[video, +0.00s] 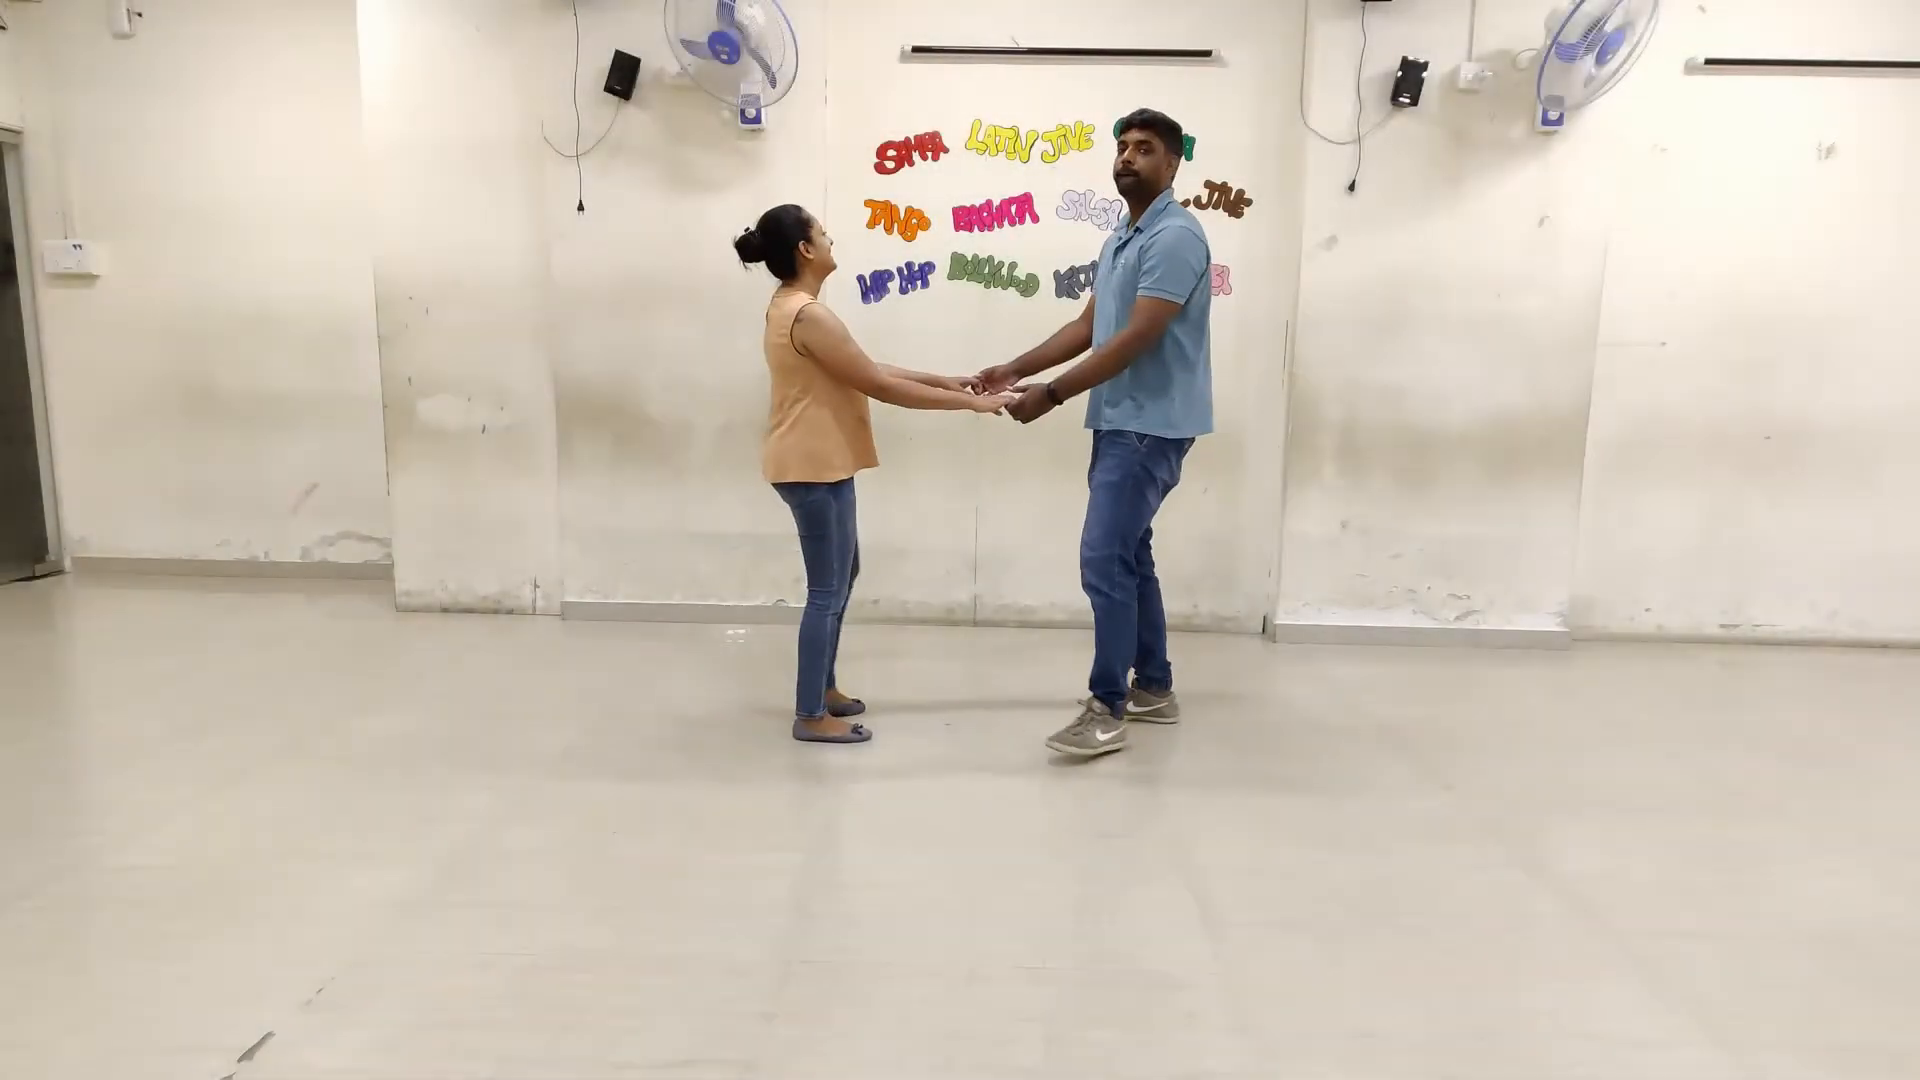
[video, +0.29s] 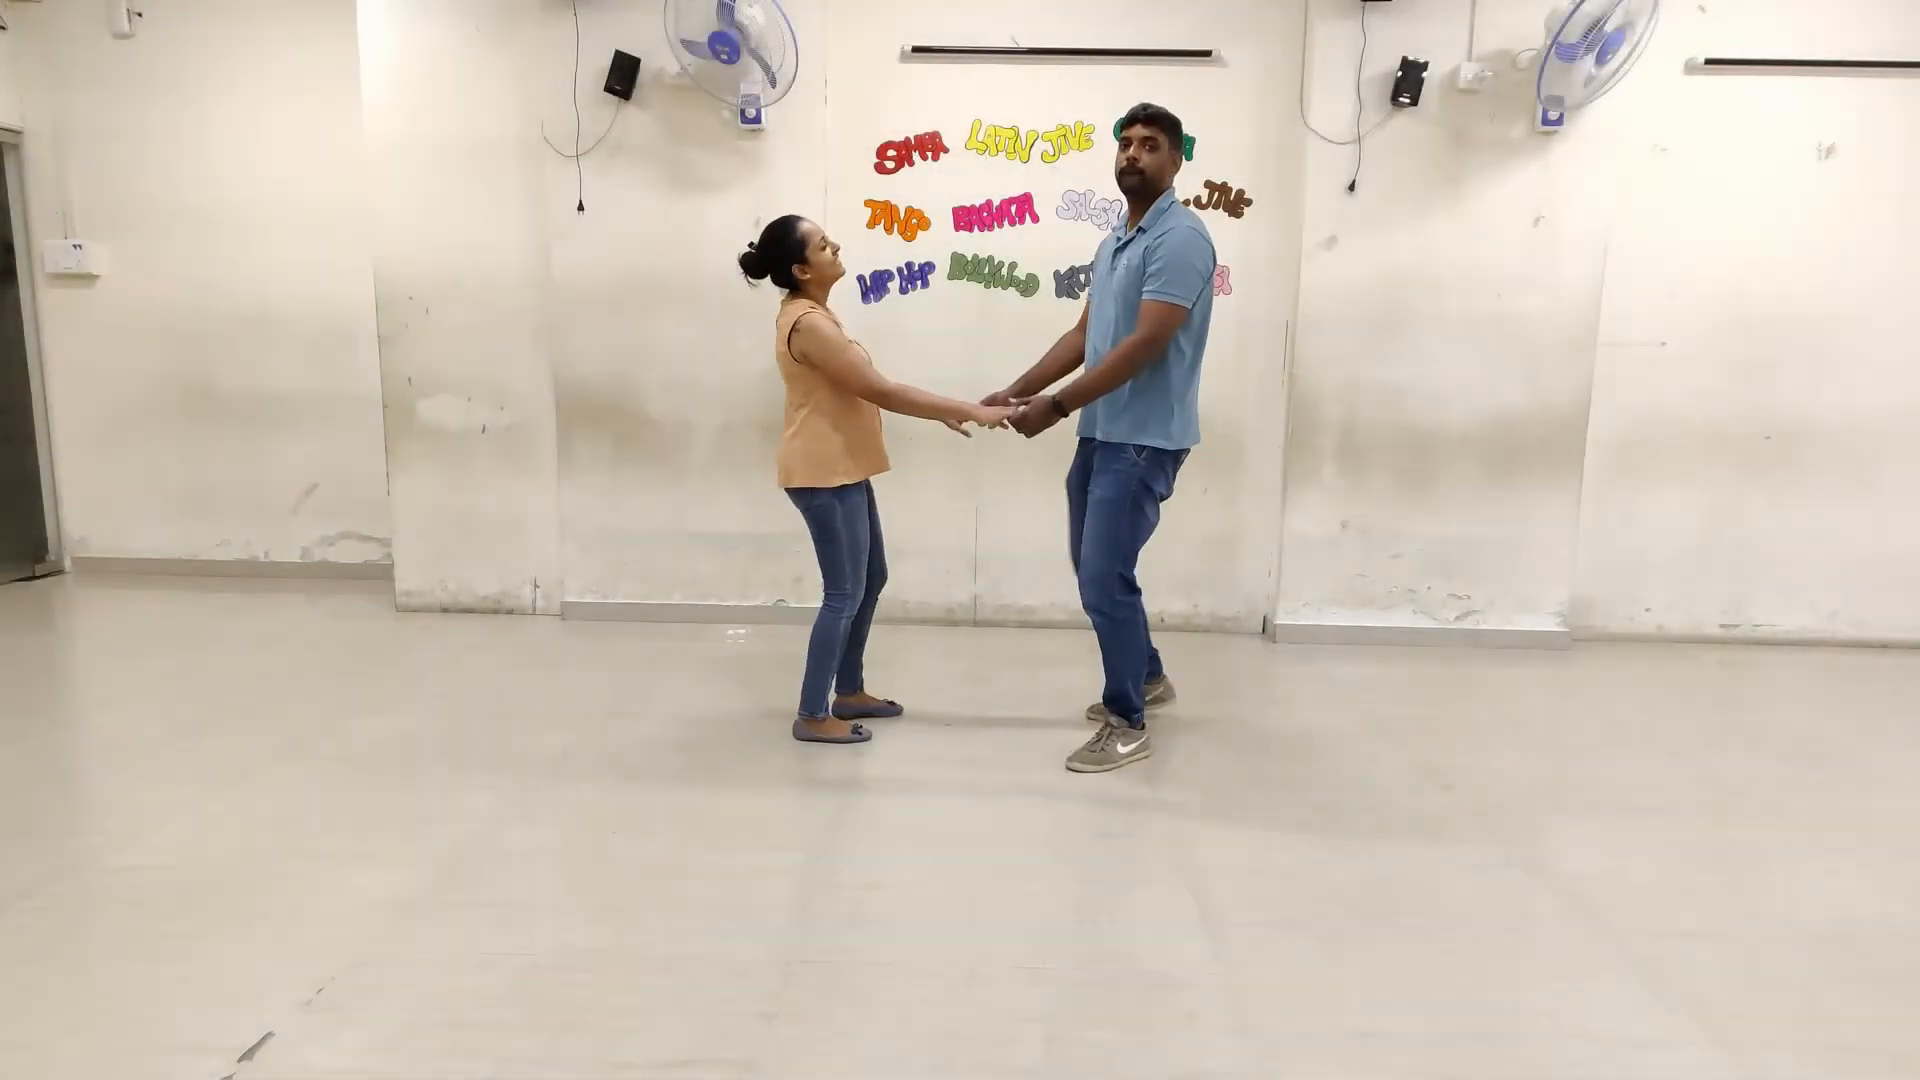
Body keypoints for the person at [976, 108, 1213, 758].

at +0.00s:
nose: (1129, 156)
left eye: (1145, 148)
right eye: (1123, 147)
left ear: (1174, 165)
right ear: (1115, 162)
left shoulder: (1177, 235)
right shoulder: (1122, 239)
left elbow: (1141, 334)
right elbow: (1087, 326)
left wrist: (1054, 392)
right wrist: (1015, 368)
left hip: (1151, 427)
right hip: (1116, 423)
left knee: (1103, 559)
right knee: (1128, 556)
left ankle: (1106, 709)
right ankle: (1152, 687)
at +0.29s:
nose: (1134, 153)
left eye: (1151, 145)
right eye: (1127, 143)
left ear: (1178, 163)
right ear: (1116, 160)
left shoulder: (1182, 238)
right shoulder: (1117, 241)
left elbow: (1151, 340)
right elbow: (1086, 332)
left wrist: (1059, 404)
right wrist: (1018, 387)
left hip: (1146, 438)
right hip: (1101, 431)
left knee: (1105, 576)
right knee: (1090, 565)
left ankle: (1126, 723)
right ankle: (1144, 673)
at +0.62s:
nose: (1134, 142)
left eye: (1151, 134)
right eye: (1125, 132)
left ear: (1179, 151)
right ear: (1113, 147)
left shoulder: (1185, 231)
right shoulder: (1114, 233)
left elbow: (1141, 332)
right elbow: (1092, 331)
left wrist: (1039, 385)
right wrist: (1032, 390)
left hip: (1150, 438)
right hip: (1097, 429)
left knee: (1110, 580)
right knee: (1067, 566)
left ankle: (1130, 726)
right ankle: (1060, 700)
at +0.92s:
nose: (1145, 143)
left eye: (1163, 134)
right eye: (1138, 132)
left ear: (1193, 150)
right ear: (1128, 145)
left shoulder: (1194, 230)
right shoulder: (1135, 226)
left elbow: (1143, 332)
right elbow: (1104, 325)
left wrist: (1037, 378)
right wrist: (1034, 382)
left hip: (1160, 437)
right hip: (1112, 428)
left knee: (1118, 579)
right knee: (1085, 564)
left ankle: (1127, 723)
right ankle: (1155, 686)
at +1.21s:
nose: (1152, 149)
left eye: (1167, 138)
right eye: (1153, 139)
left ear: (1208, 150)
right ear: (1169, 153)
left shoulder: (1214, 231)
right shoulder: (1175, 229)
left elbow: (1160, 331)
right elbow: (1128, 320)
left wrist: (1059, 365)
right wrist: (1046, 352)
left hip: (1196, 437)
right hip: (1189, 433)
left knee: (1137, 575)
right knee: (1195, 570)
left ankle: (1126, 727)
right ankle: (1228, 711)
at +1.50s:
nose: (1138, 159)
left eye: (1152, 149)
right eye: (1142, 148)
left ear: (1191, 158)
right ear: (1182, 160)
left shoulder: (1204, 228)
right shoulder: (1175, 230)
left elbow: (1161, 331)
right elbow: (1135, 321)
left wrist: (1056, 338)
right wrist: (1050, 335)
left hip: (1199, 432)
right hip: (1206, 430)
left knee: (1115, 551)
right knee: (1189, 568)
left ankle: (1120, 705)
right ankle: (1229, 711)